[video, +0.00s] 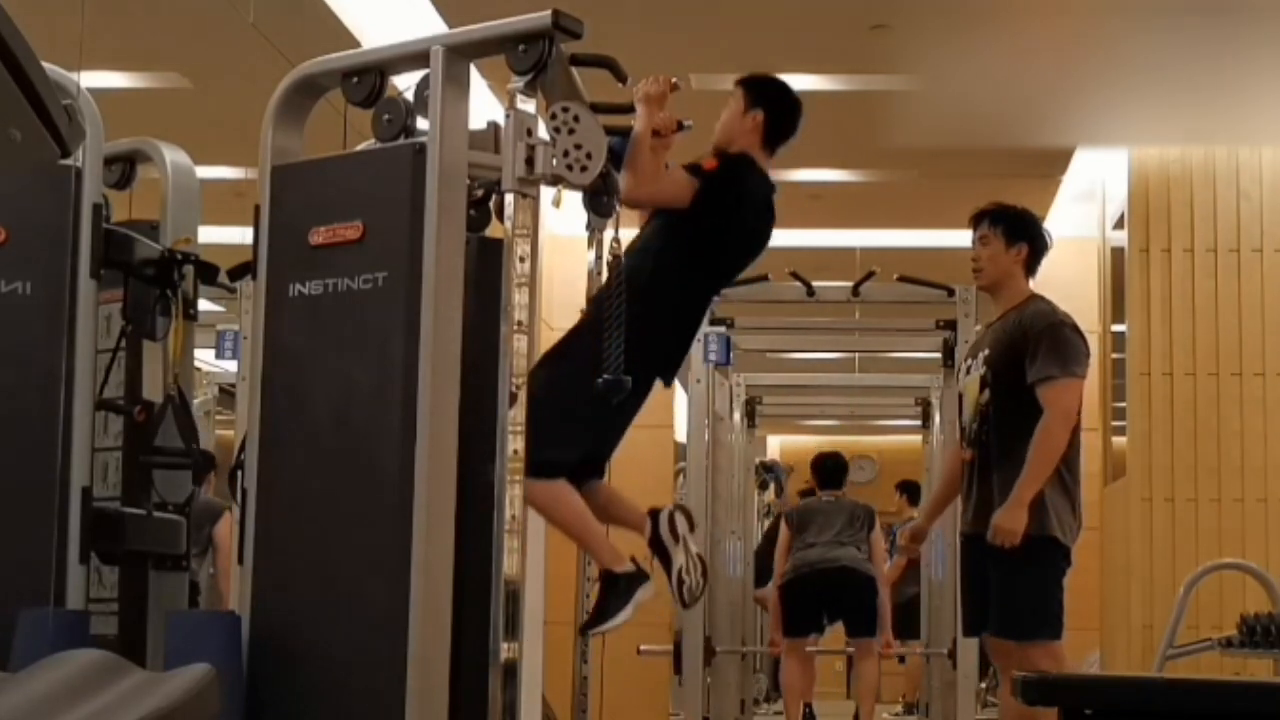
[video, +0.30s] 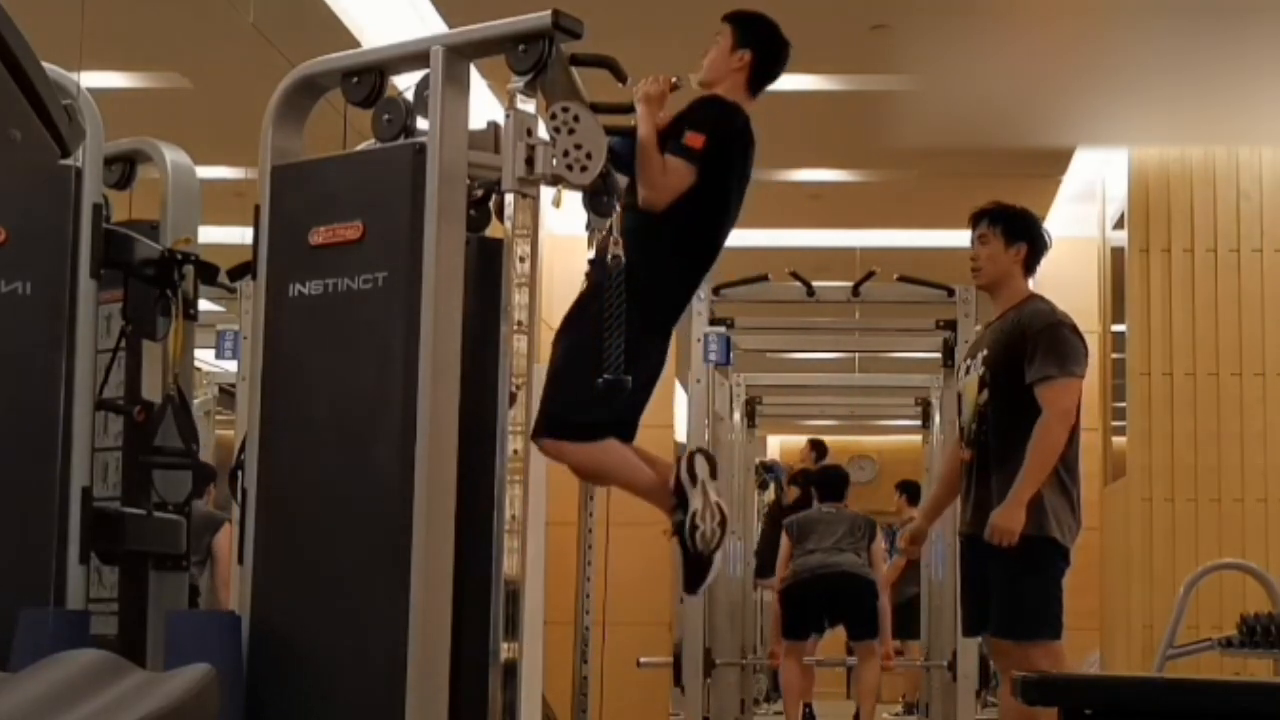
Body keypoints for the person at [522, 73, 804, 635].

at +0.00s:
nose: (719, 117)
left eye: (729, 106)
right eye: (726, 105)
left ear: (753, 119)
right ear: (767, 128)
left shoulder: (733, 180)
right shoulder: (754, 197)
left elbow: (640, 187)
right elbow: (649, 208)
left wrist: (645, 119)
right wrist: (658, 145)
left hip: (620, 332)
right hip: (643, 345)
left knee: (535, 472)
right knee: (581, 481)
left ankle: (617, 572)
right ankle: (655, 528)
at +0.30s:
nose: (704, 56)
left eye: (715, 45)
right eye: (711, 44)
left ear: (739, 59)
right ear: (752, 67)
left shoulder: (715, 116)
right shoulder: (725, 123)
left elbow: (655, 191)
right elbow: (656, 193)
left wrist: (648, 117)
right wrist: (654, 127)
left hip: (634, 289)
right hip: (645, 294)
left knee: (559, 435)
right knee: (589, 438)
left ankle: (676, 496)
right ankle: (682, 488)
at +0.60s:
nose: (715, 121)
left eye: (725, 111)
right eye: (721, 110)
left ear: (750, 124)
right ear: (766, 134)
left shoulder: (723, 180)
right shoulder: (747, 193)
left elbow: (636, 192)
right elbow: (652, 204)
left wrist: (644, 125)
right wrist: (657, 144)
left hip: (637, 362)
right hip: (659, 364)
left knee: (584, 505)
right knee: (621, 511)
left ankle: (711, 554)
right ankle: (716, 550)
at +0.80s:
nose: (722, 179)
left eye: (733, 170)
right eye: (729, 169)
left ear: (755, 189)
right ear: (764, 198)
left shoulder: (723, 241)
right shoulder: (736, 252)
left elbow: (640, 199)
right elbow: (646, 220)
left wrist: (646, 127)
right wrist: (656, 142)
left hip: (636, 412)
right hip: (660, 414)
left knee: (596, 579)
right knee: (640, 568)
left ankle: (729, 606)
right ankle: (735, 607)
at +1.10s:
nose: (692, 242)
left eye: (706, 240)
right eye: (704, 235)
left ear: (724, 265)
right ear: (726, 268)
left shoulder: (692, 308)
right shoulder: (687, 306)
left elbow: (646, 204)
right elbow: (644, 211)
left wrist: (645, 123)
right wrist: (656, 133)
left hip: (617, 505)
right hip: (634, 504)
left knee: (595, 668)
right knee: (642, 650)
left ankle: (727, 684)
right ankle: (738, 675)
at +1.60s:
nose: (730, 206)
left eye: (743, 201)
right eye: (740, 199)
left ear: (759, 223)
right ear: (769, 235)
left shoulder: (721, 265)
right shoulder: (732, 281)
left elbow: (643, 205)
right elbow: (647, 230)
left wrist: (644, 123)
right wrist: (657, 145)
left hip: (605, 427)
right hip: (628, 431)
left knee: (544, 589)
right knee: (593, 567)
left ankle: (680, 619)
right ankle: (686, 605)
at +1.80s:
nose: (736, 163)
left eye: (747, 154)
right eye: (743, 153)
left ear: (770, 170)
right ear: (782, 182)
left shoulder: (740, 215)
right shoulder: (763, 245)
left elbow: (642, 195)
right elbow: (655, 242)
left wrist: (646, 125)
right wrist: (657, 148)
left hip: (611, 367)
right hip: (640, 378)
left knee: (532, 508)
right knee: (577, 506)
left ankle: (651, 559)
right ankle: (655, 540)